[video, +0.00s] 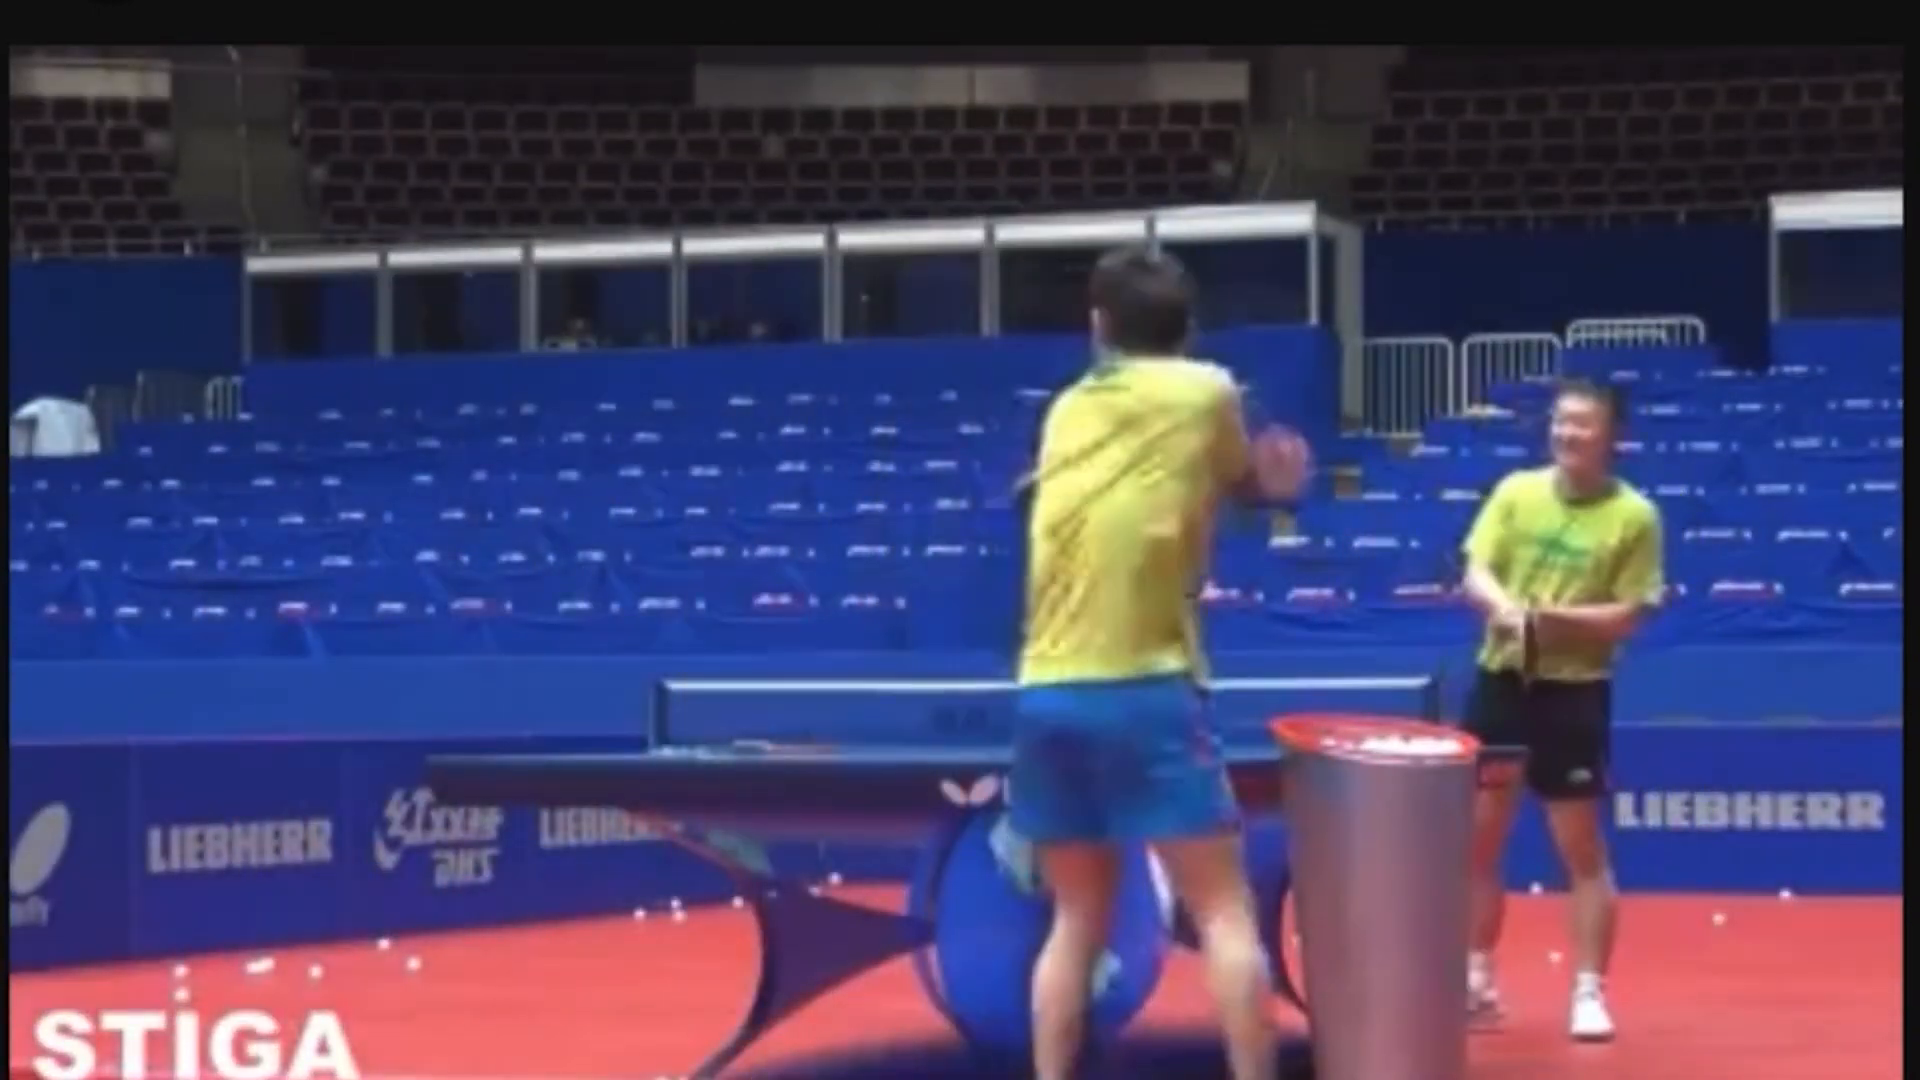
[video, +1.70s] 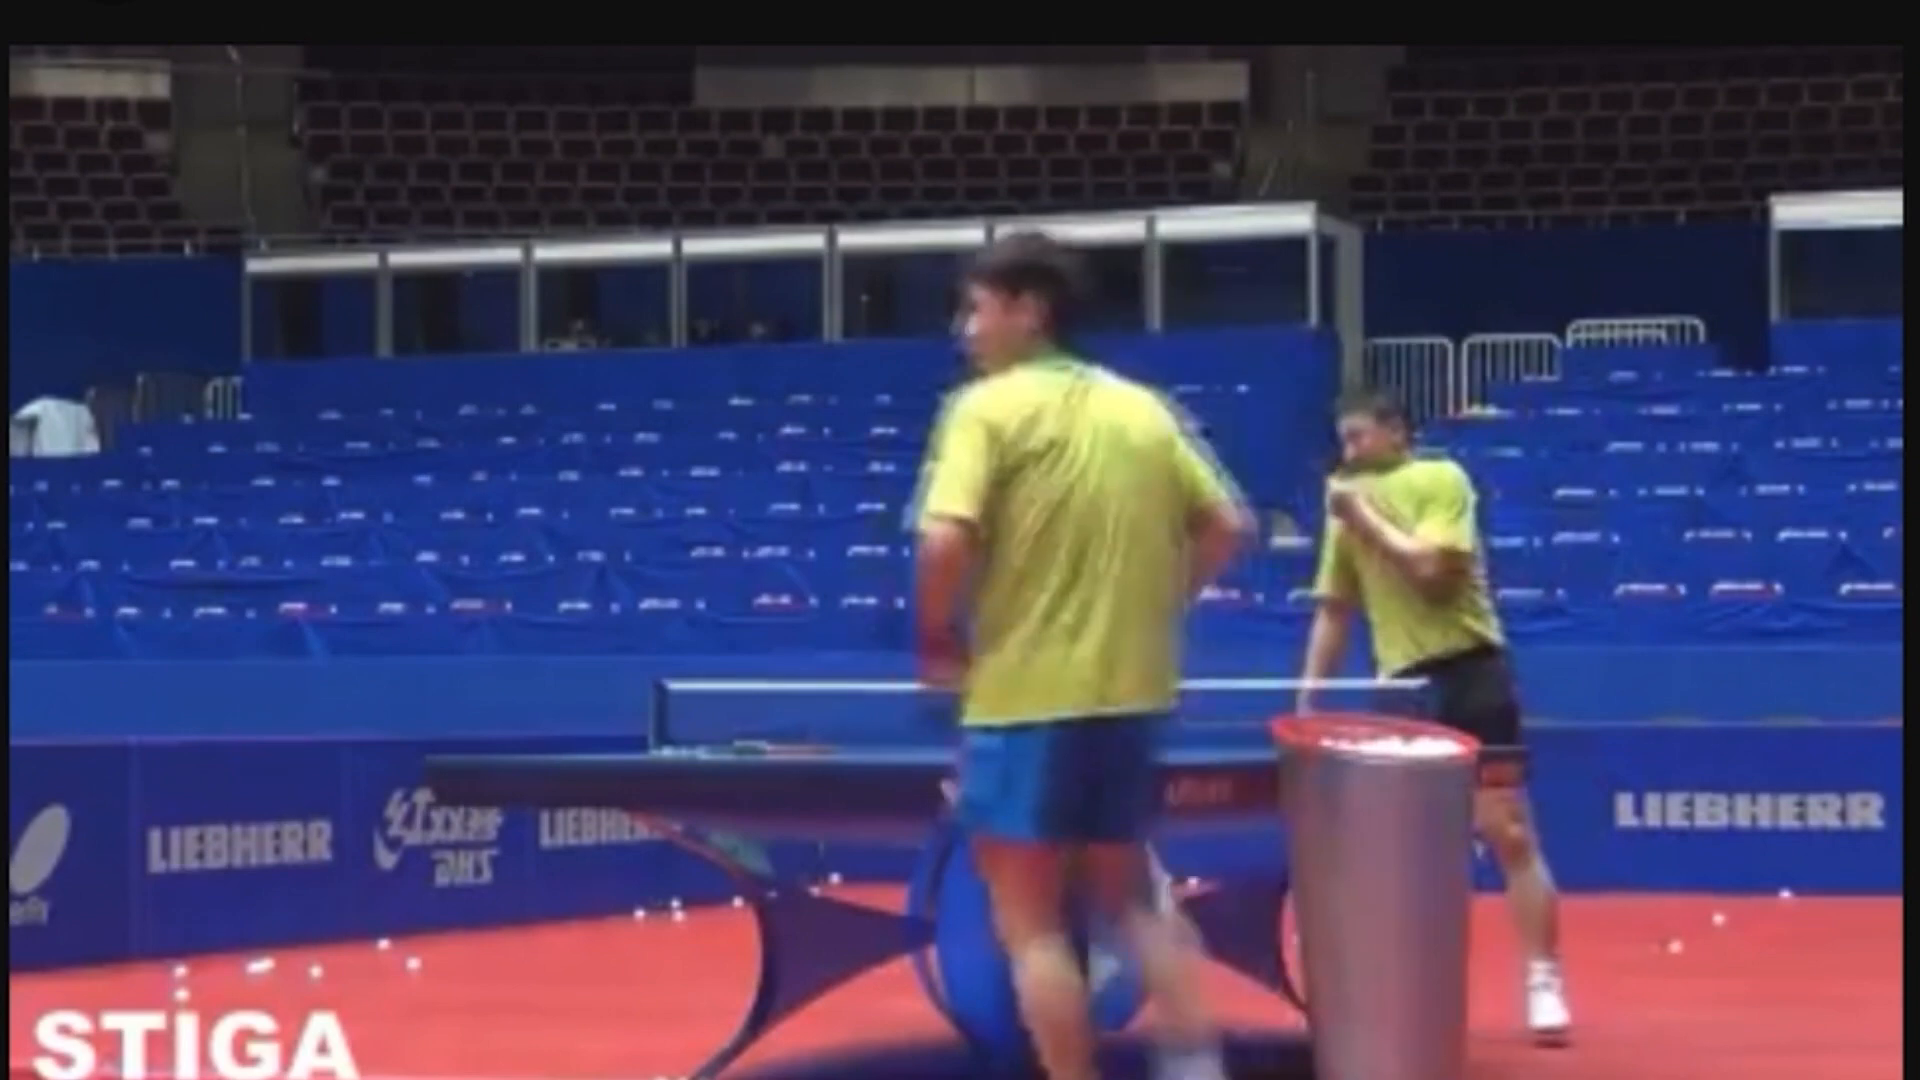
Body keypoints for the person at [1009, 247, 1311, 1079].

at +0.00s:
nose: (1090, 324)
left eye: (1091, 314)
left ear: (1100, 324)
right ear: (1184, 326)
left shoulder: (1065, 411)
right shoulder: (1209, 392)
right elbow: (1239, 483)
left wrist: (1256, 478)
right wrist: (1275, 474)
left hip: (1047, 698)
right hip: (1150, 695)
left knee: (1074, 915)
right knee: (1221, 912)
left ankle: (1051, 1072)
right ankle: (1253, 1069)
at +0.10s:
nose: (1112, 333)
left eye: (1114, 323)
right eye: (1115, 324)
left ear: (1127, 326)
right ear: (1209, 328)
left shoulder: (1088, 415)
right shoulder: (1246, 403)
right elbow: (1291, 510)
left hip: (1073, 701)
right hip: (1182, 697)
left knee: (1086, 919)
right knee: (1243, 915)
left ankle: (1052, 1072)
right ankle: (1268, 1070)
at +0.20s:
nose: (1142, 341)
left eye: (1144, 329)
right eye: (1143, 330)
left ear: (1165, 329)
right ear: (1243, 335)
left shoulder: (1115, 421)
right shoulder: (1289, 414)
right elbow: (1365, 551)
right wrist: (1292, 548)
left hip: (1110, 701)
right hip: (1229, 700)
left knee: (1093, 913)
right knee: (1267, 919)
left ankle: (1057, 1071)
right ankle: (1275, 1074)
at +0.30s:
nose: (1168, 345)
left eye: (1175, 330)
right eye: (1170, 331)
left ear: (1200, 332)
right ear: (1266, 338)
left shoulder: (1144, 422)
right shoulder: (1325, 420)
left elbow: (1148, 545)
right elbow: (1385, 553)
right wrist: (1363, 616)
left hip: (1135, 681)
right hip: (1257, 686)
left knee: (1106, 907)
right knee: (1279, 921)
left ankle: (1083, 1070)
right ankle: (1278, 1072)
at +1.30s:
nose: (1135, 347)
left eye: (1146, 329)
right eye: (1136, 329)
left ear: (1189, 325)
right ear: (1222, 331)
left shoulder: (1135, 423)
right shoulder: (1327, 414)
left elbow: (1119, 569)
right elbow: (1398, 530)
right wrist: (1375, 626)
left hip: (1161, 685)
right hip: (1287, 689)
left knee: (1101, 909)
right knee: (1283, 918)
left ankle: (1078, 1071)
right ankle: (1280, 1073)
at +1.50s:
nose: (1052, 338)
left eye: (1063, 319)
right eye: (1053, 320)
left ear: (1108, 317)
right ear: (1133, 322)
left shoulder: (1058, 417)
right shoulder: (1239, 409)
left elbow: (1011, 561)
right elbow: (1322, 528)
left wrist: (1060, 631)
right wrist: (1261, 592)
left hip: (1100, 695)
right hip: (1226, 694)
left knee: (1064, 909)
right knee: (1245, 900)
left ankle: (1080, 1070)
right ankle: (1271, 1070)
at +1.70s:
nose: (966, 328)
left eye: (979, 309)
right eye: (967, 309)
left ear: (1028, 311)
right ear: (1043, 316)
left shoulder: (986, 408)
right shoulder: (1140, 407)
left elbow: (944, 537)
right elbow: (1226, 525)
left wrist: (934, 636)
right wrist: (1156, 601)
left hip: (1027, 699)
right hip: (1133, 695)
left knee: (1032, 926)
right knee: (1129, 893)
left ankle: (1073, 1070)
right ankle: (1195, 1060)